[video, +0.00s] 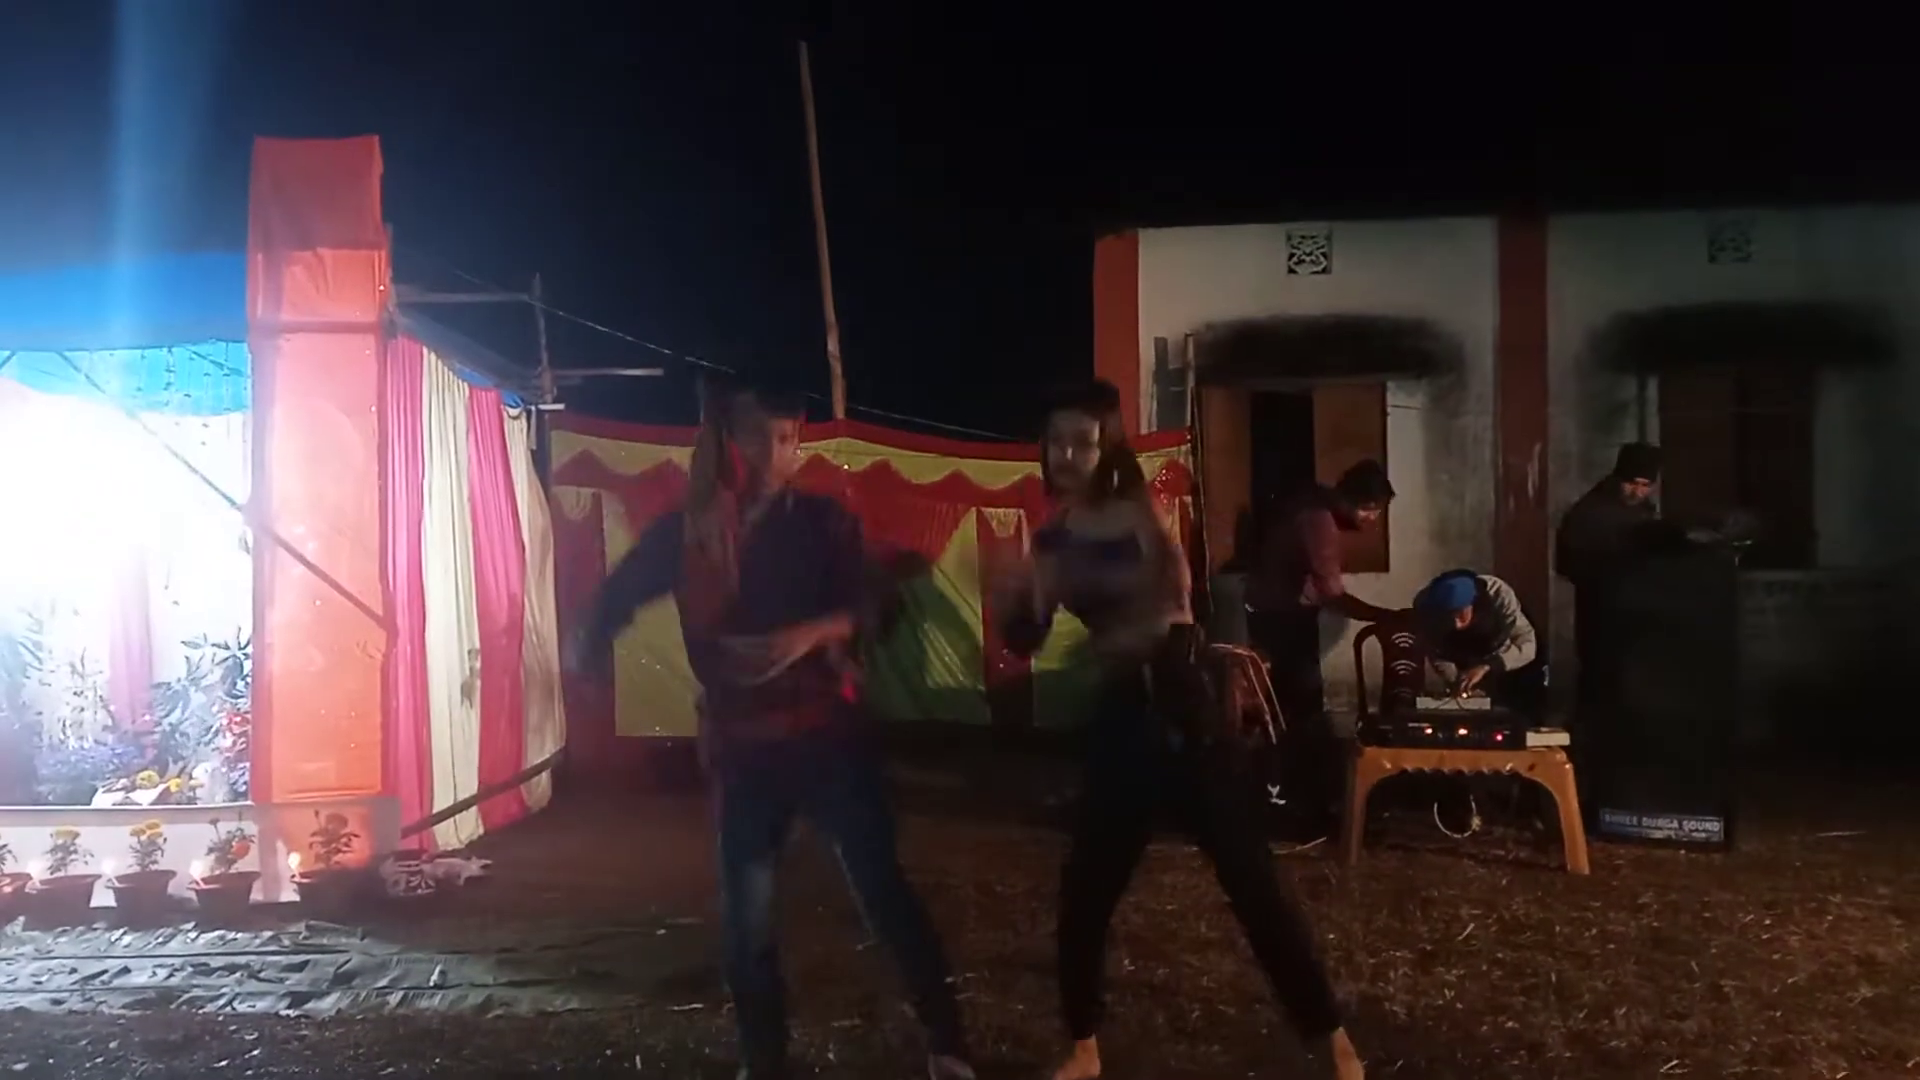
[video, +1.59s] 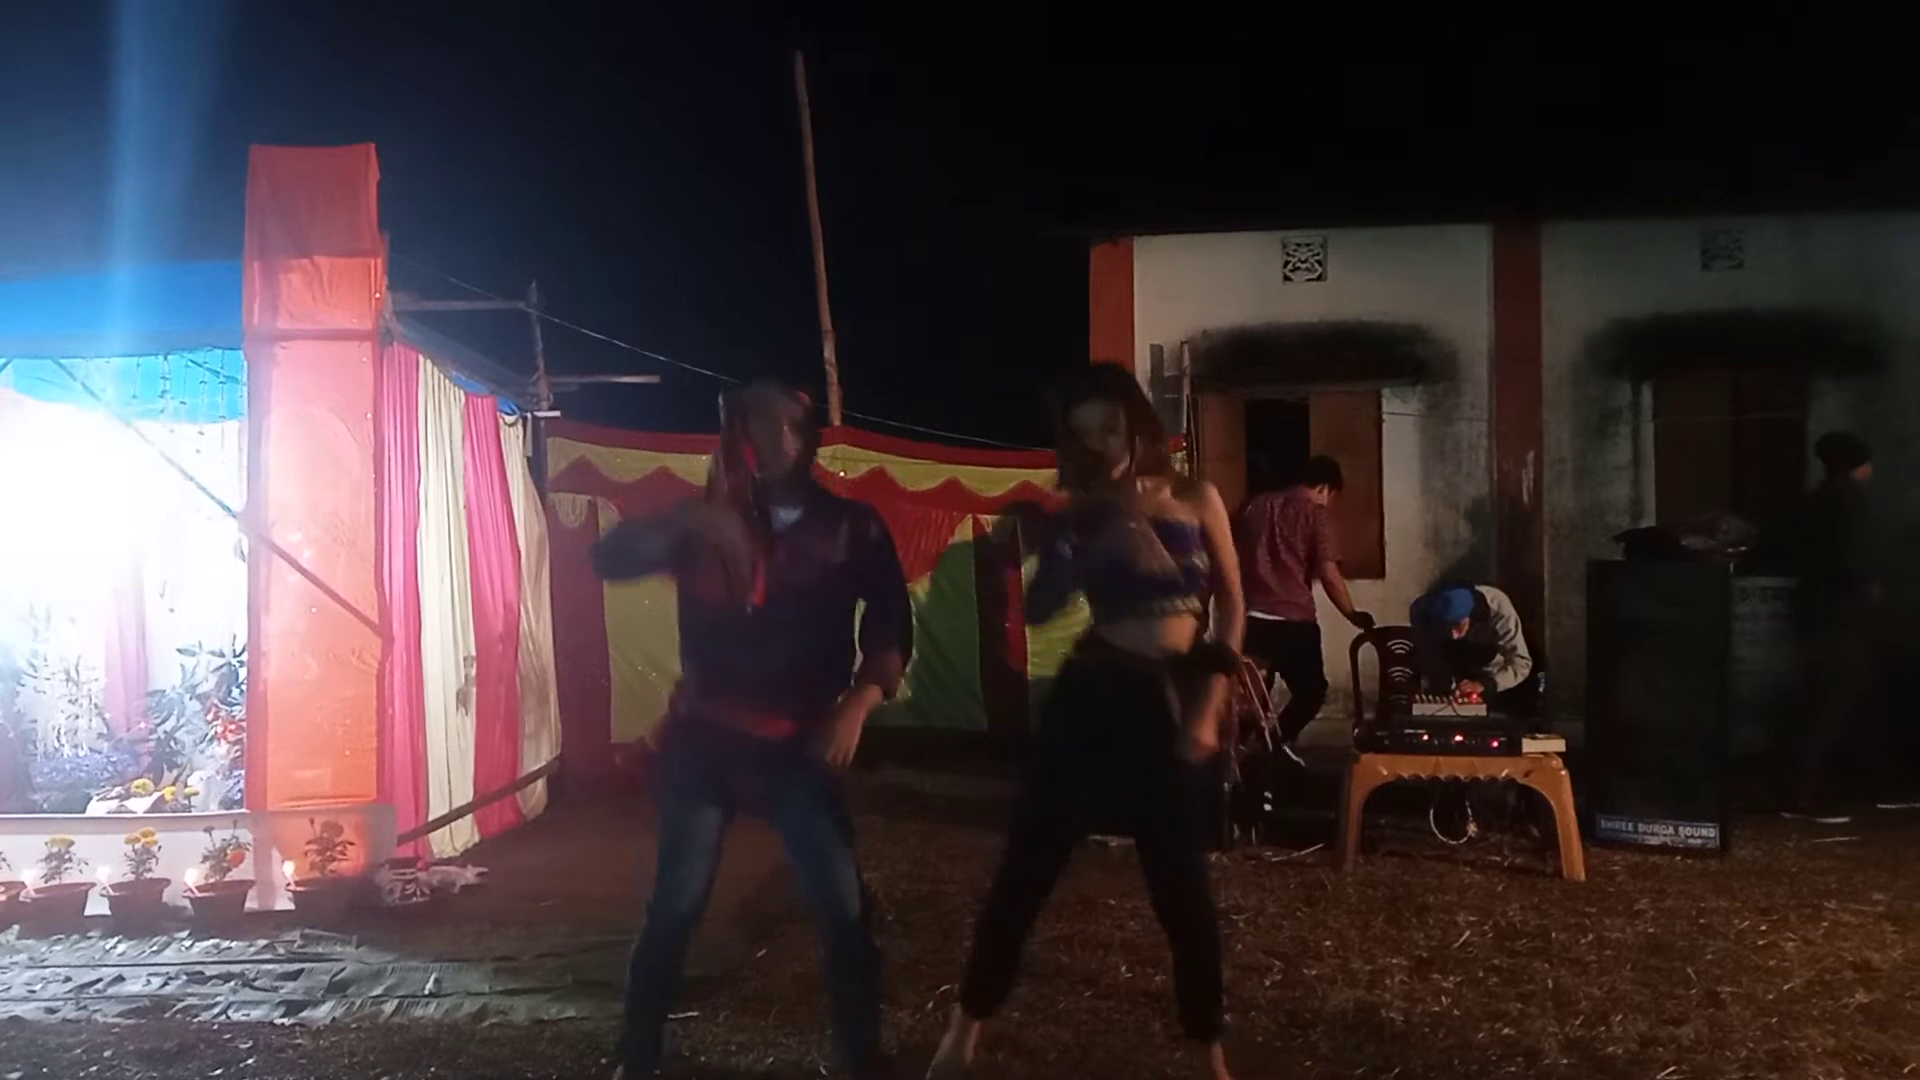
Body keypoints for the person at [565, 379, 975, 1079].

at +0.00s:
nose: (789, 453)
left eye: (794, 439)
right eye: (774, 440)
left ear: (798, 444)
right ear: (733, 444)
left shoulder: (825, 519)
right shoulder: (690, 530)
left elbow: (867, 609)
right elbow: (620, 592)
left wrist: (803, 636)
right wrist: (587, 639)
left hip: (830, 741)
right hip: (746, 750)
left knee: (881, 893)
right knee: (747, 918)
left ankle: (946, 1045)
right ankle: (762, 1060)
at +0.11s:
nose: (785, 419)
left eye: (791, 404)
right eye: (772, 403)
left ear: (796, 411)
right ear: (726, 407)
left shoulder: (819, 481)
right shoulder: (671, 491)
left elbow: (887, 558)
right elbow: (599, 568)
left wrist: (851, 614)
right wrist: (561, 563)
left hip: (817, 715)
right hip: (720, 721)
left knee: (860, 866)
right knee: (701, 887)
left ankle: (910, 1020)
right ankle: (730, 1049)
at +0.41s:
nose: (763, 469)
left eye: (772, 454)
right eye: (744, 453)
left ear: (781, 464)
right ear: (707, 464)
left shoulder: (803, 559)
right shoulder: (647, 542)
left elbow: (855, 672)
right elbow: (545, 585)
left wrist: (870, 777)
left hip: (749, 769)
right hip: (654, 766)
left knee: (786, 927)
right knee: (615, 932)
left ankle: (846, 1060)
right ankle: (627, 1065)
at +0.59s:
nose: (752, 438)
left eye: (763, 423)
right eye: (733, 425)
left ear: (779, 432)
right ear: (701, 437)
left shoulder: (812, 522)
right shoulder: (663, 496)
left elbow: (855, 621)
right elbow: (558, 520)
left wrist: (837, 707)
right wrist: (574, 494)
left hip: (728, 722)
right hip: (635, 713)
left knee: (789, 875)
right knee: (603, 881)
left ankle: (834, 1025)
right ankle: (569, 1043)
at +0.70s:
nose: (743, 466)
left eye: (755, 448)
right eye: (724, 451)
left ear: (776, 452)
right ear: (697, 460)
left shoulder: (813, 546)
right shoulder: (673, 530)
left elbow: (852, 645)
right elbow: (568, 543)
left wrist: (830, 726)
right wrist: (677, 526)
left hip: (731, 751)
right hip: (643, 738)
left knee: (794, 916)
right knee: (605, 909)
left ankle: (802, 1062)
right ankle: (559, 1058)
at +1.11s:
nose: (764, 427)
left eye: (770, 417)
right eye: (751, 412)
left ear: (773, 427)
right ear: (709, 416)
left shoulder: (799, 510)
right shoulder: (657, 508)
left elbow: (854, 612)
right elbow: (564, 569)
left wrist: (870, 699)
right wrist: (575, 523)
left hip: (803, 732)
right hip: (710, 738)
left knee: (842, 888)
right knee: (665, 896)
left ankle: (893, 1044)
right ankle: (667, 1054)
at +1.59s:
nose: (778, 441)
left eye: (791, 426)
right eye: (762, 426)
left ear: (810, 435)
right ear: (734, 434)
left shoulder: (852, 524)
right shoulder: (702, 520)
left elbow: (892, 626)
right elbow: (608, 557)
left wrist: (862, 700)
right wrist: (687, 524)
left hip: (800, 747)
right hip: (705, 740)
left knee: (846, 910)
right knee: (676, 906)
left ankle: (856, 1060)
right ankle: (637, 1059)